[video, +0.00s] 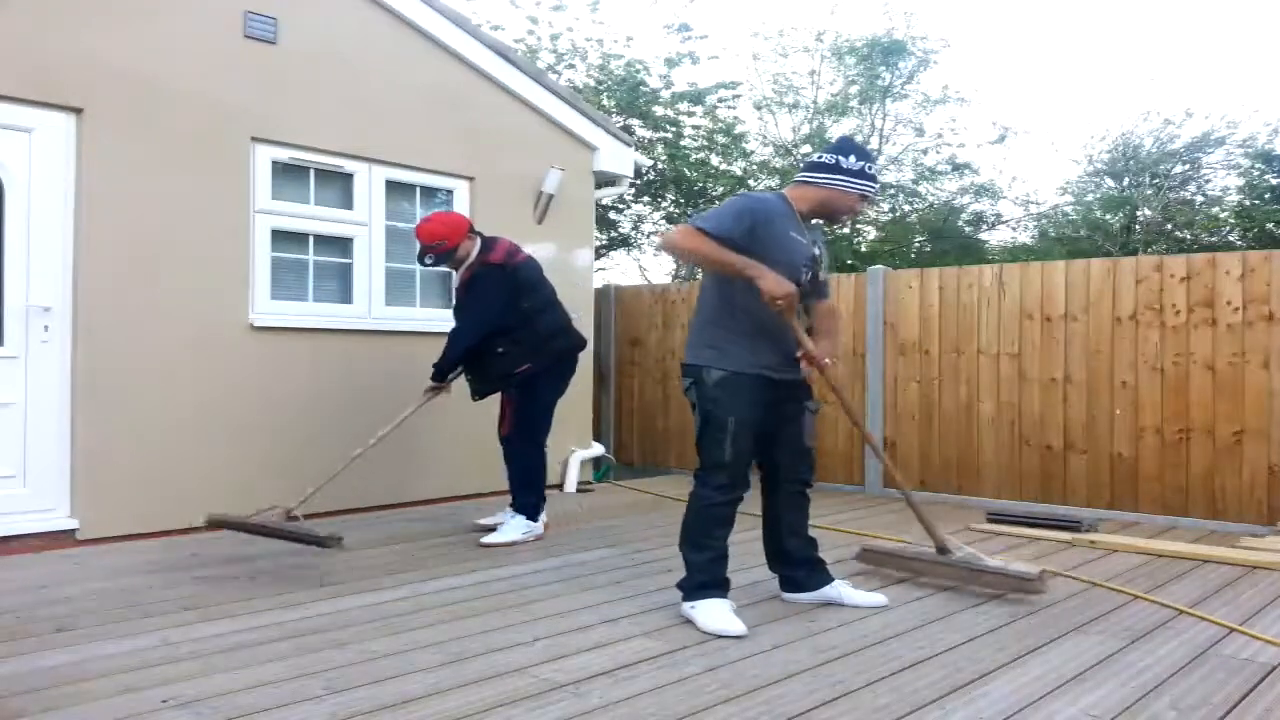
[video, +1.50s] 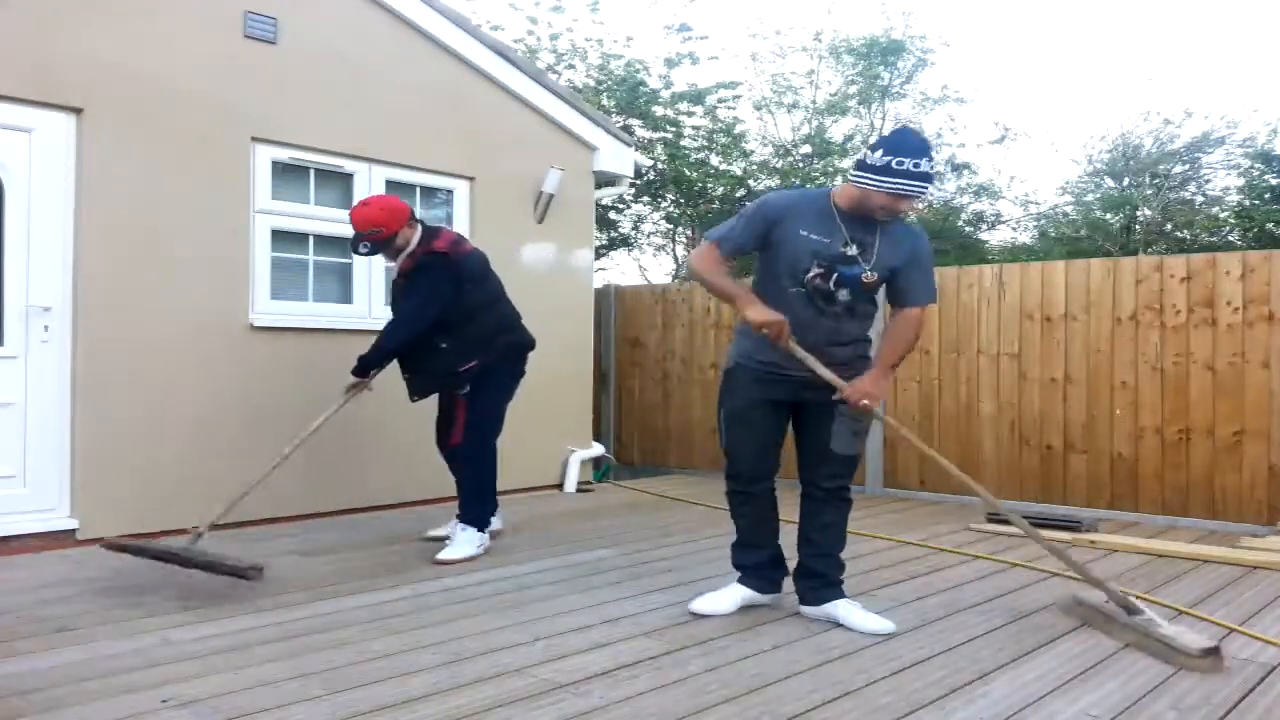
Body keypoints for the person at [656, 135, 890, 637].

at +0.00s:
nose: (859, 210)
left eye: (863, 202)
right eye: (859, 199)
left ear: (831, 185)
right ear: (834, 185)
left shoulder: (812, 242)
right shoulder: (755, 208)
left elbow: (820, 302)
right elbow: (679, 238)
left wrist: (824, 343)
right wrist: (758, 272)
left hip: (782, 373)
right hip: (725, 368)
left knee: (789, 479)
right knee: (721, 481)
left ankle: (802, 580)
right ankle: (704, 593)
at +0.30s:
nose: (861, 211)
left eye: (866, 202)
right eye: (862, 200)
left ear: (831, 187)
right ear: (835, 186)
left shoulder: (815, 242)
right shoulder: (752, 209)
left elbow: (814, 306)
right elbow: (678, 255)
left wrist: (820, 361)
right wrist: (756, 301)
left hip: (775, 374)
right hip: (712, 367)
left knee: (798, 476)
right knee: (710, 480)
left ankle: (818, 587)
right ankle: (702, 593)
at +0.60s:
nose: (893, 218)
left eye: (898, 209)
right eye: (894, 206)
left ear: (868, 190)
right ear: (870, 190)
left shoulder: (849, 245)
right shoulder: (781, 216)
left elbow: (853, 318)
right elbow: (747, 285)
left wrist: (872, 385)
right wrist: (821, 327)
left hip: (790, 373)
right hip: (725, 367)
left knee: (810, 481)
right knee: (716, 482)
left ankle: (819, 594)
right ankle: (702, 592)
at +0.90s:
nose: (910, 207)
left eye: (916, 198)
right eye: (910, 194)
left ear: (889, 184)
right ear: (883, 178)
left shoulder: (878, 237)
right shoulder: (796, 208)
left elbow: (883, 302)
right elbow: (730, 254)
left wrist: (887, 353)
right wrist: (814, 281)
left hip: (823, 376)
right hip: (753, 368)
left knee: (816, 489)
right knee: (735, 484)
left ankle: (820, 593)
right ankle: (713, 592)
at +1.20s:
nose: (927, 206)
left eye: (935, 198)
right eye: (924, 193)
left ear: (930, 194)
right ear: (895, 176)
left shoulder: (912, 242)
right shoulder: (797, 201)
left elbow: (899, 313)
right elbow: (697, 204)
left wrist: (836, 331)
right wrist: (719, 231)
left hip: (837, 378)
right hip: (759, 362)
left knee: (826, 487)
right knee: (743, 480)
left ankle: (821, 593)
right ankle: (730, 590)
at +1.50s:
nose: (908, 207)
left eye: (913, 198)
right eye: (903, 196)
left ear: (900, 189)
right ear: (872, 182)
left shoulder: (905, 242)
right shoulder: (782, 209)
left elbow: (912, 312)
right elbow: (704, 257)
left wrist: (879, 374)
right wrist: (747, 301)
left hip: (839, 382)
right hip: (759, 371)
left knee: (830, 487)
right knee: (748, 479)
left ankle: (822, 593)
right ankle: (756, 581)